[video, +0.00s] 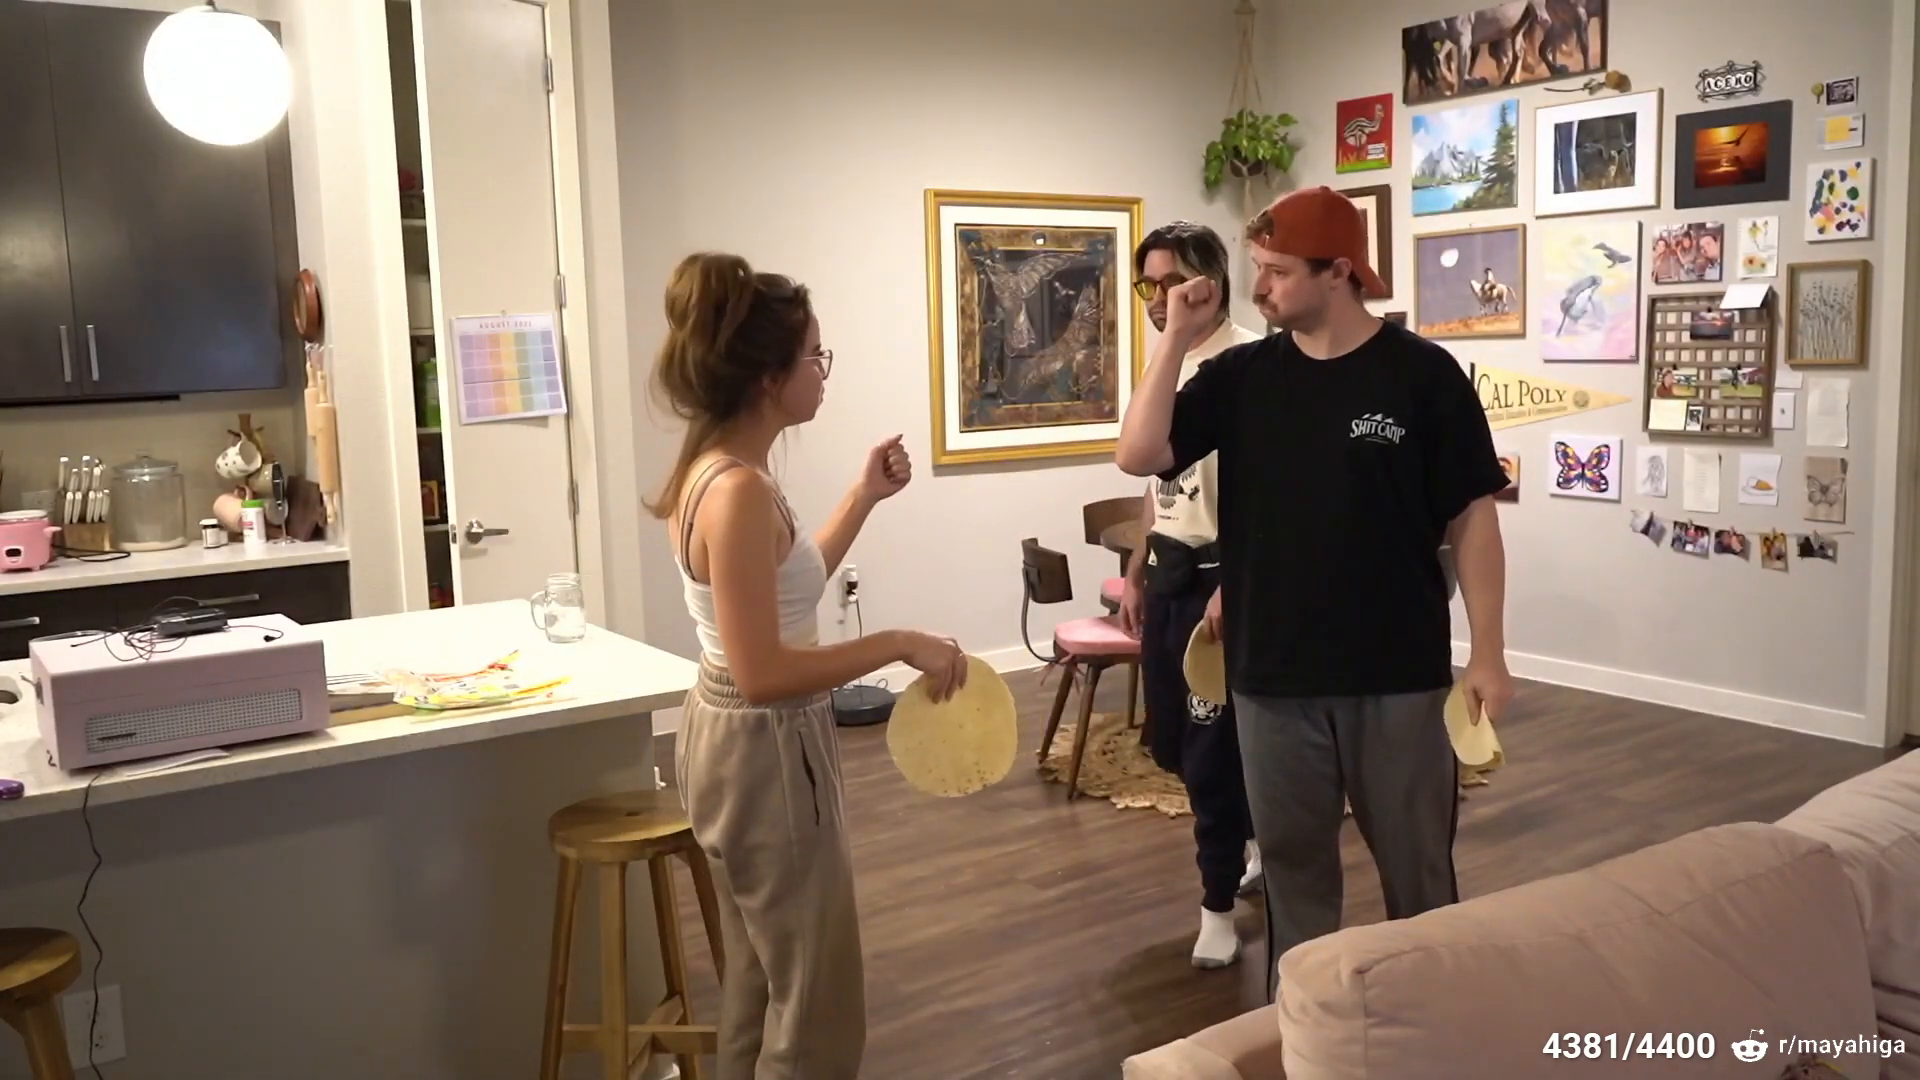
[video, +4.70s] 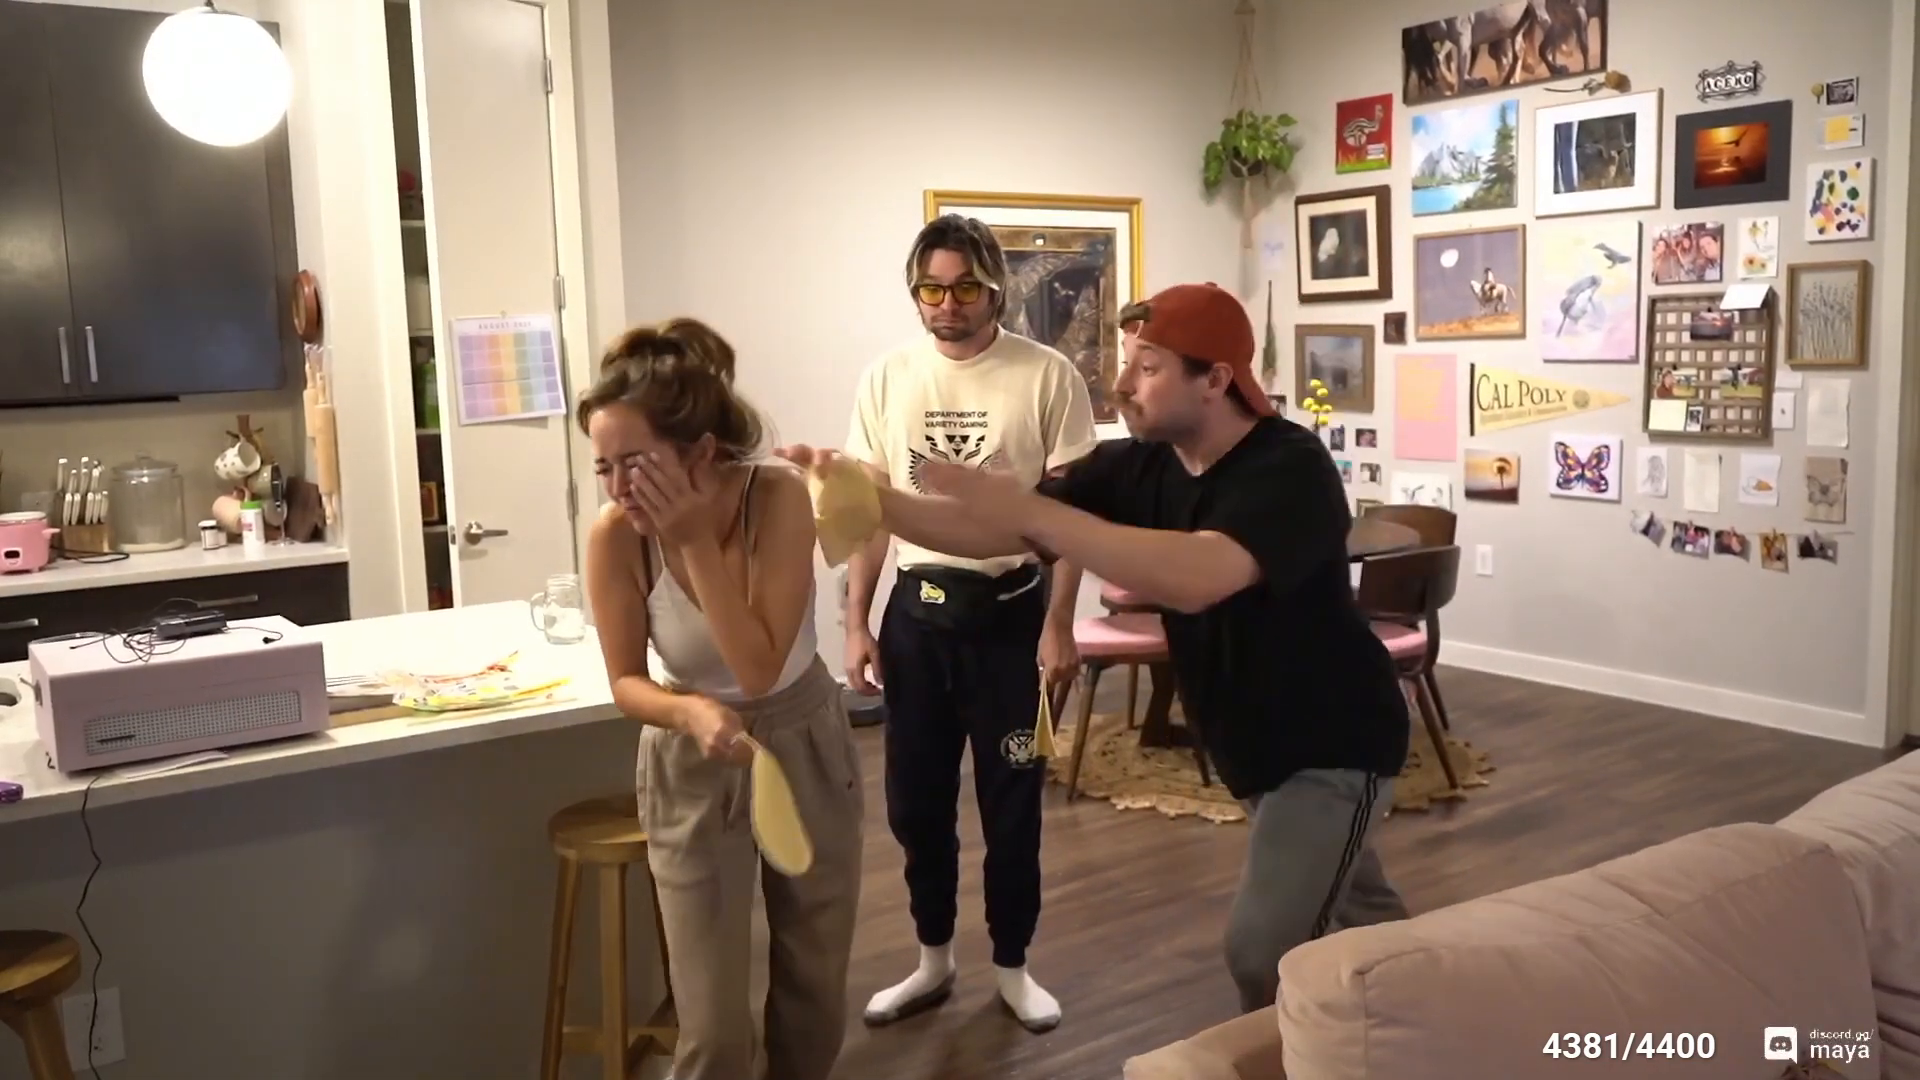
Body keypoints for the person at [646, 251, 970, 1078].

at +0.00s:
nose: (826, 369)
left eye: (821, 354)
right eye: (815, 357)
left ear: (756, 379)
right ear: (766, 378)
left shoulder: (712, 472)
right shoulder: (738, 491)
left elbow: (789, 588)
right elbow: (760, 673)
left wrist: (862, 496)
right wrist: (898, 643)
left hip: (729, 736)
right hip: (766, 751)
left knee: (759, 975)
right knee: (817, 998)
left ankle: (738, 1073)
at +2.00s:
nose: (848, 365)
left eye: (844, 351)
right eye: (838, 354)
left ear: (781, 377)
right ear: (793, 376)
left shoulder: (752, 469)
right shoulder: (764, 485)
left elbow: (827, 584)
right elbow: (779, 667)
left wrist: (915, 501)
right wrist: (925, 643)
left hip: (765, 732)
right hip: (785, 747)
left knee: (781, 966)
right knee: (812, 981)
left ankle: (762, 1071)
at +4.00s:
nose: (866, 382)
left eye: (864, 365)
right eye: (855, 369)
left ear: (796, 382)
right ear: (797, 382)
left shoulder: (783, 473)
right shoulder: (761, 489)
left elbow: (797, 616)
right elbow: (750, 671)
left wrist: (888, 627)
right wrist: (896, 663)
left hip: (798, 739)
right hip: (782, 751)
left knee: (795, 970)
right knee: (811, 983)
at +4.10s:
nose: (849, 395)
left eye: (853, 376)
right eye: (833, 381)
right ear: (770, 383)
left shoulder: (795, 465)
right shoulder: (745, 486)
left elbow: (802, 591)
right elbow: (753, 668)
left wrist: (885, 564)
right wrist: (898, 652)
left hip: (809, 735)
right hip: (777, 749)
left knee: (806, 970)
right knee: (805, 982)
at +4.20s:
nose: (796, 413)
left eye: (812, 390)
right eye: (774, 394)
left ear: (831, 377)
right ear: (734, 384)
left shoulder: (804, 462)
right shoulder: (723, 479)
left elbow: (883, 555)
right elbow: (749, 649)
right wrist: (895, 623)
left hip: (820, 724)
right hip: (771, 737)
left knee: (837, 971)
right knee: (822, 981)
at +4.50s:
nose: (704, 431)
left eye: (719, 406)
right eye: (683, 415)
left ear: (768, 395)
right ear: (666, 415)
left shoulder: (816, 462)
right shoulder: (665, 497)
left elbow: (831, 621)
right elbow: (669, 660)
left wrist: (765, 491)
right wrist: (783, 649)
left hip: (817, 731)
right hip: (715, 743)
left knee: (826, 988)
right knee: (774, 1010)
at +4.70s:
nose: (616, 488)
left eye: (634, 463)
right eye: (603, 466)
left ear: (703, 451)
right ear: (595, 457)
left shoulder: (777, 497)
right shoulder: (617, 534)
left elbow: (759, 670)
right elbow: (625, 682)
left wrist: (698, 541)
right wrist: (689, 710)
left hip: (804, 753)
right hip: (688, 764)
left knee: (813, 1005)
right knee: (712, 1030)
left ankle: (799, 1076)